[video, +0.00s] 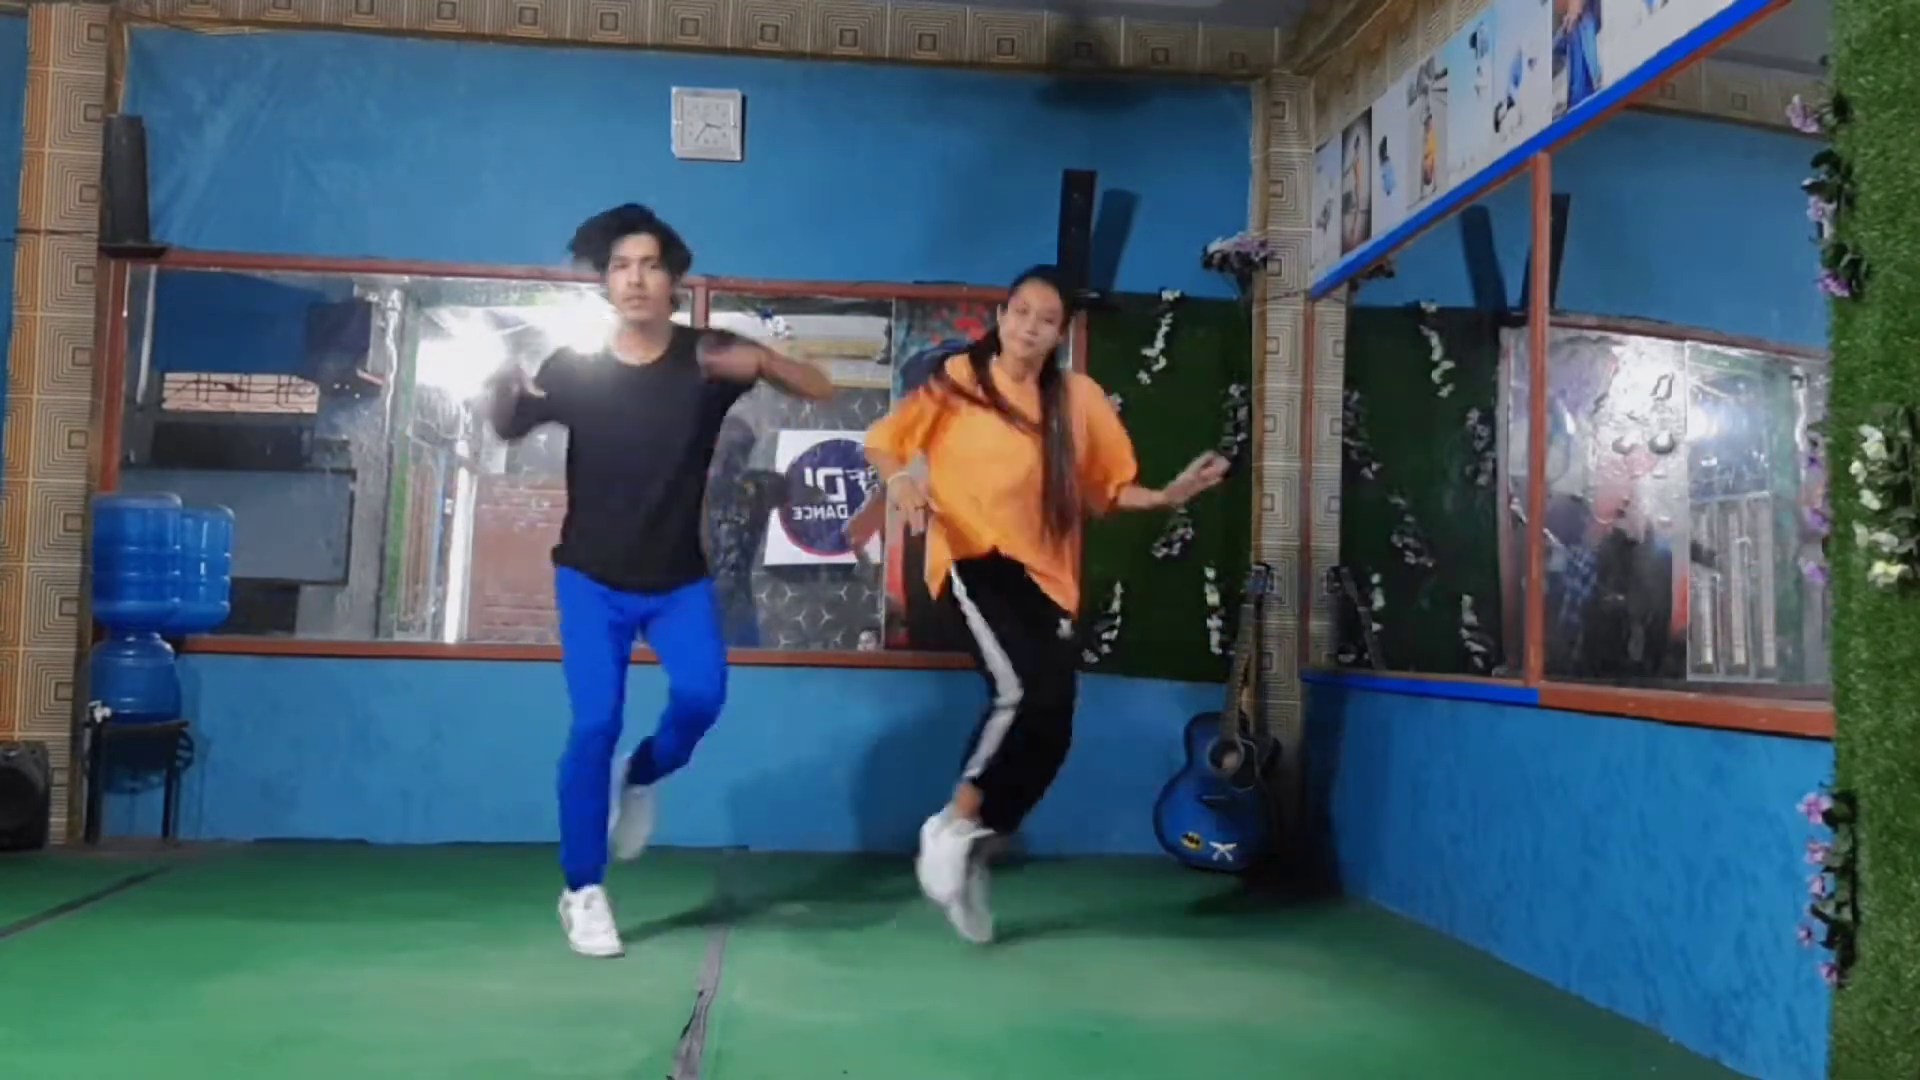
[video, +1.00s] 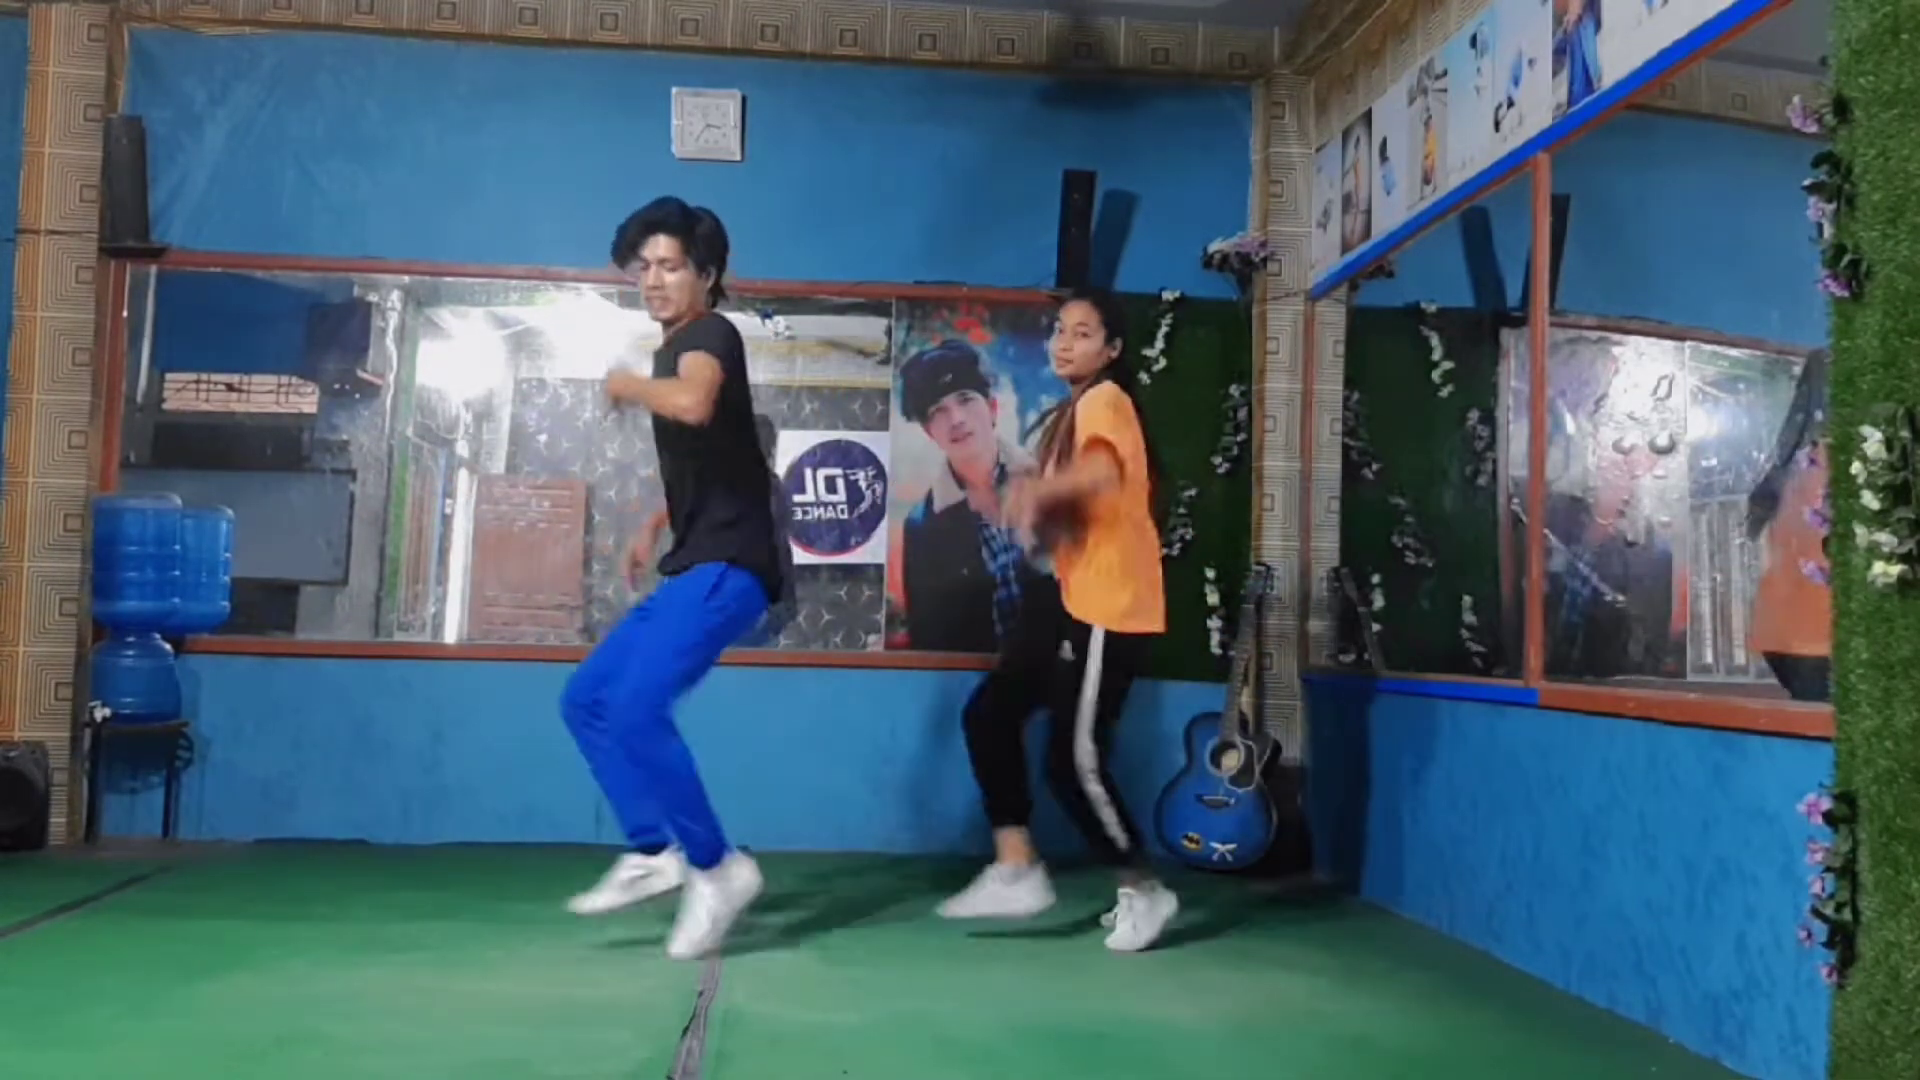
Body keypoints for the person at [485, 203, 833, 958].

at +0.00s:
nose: (636, 279)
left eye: (651, 266)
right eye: (622, 267)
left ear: (676, 282)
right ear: (603, 284)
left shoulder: (713, 360)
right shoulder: (571, 370)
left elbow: (819, 389)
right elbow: (509, 427)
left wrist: (763, 363)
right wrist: (503, 389)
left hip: (680, 582)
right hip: (591, 580)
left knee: (701, 699)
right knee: (595, 726)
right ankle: (584, 888)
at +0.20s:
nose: (663, 262)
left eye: (679, 249)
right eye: (649, 250)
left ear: (703, 268)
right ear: (629, 267)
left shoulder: (734, 358)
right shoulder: (610, 365)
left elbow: (782, 471)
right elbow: (612, 474)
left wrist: (792, 584)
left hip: (706, 582)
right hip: (631, 580)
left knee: (692, 738)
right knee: (577, 732)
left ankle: (741, 900)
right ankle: (546, 900)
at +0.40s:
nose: (664, 292)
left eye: (681, 278)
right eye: (655, 280)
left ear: (720, 290)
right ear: (646, 292)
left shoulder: (732, 370)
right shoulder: (657, 388)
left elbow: (718, 460)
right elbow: (606, 479)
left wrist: (650, 443)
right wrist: (520, 479)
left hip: (726, 598)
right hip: (667, 598)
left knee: (692, 753)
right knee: (572, 712)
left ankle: (745, 909)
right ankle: (574, 883)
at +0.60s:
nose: (659, 280)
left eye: (675, 266)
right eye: (650, 268)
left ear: (716, 275)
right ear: (642, 278)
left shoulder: (736, 345)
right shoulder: (662, 367)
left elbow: (804, 406)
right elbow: (632, 423)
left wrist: (711, 427)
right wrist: (615, 445)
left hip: (725, 570)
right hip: (683, 569)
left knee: (611, 710)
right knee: (641, 730)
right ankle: (719, 882)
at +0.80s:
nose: (665, 309)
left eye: (682, 295)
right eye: (656, 295)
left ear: (721, 303)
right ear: (649, 302)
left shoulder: (732, 377)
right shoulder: (696, 383)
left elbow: (766, 493)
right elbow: (702, 499)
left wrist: (692, 580)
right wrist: (662, 584)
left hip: (704, 596)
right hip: (689, 595)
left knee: (575, 709)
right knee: (660, 755)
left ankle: (567, 888)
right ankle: (736, 906)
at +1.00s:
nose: (653, 280)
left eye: (668, 266)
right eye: (643, 267)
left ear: (706, 273)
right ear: (636, 276)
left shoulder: (709, 334)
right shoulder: (676, 351)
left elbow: (696, 405)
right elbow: (698, 464)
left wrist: (630, 386)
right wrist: (653, 527)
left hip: (734, 563)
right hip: (698, 564)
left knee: (633, 706)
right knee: (586, 699)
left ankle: (719, 867)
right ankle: (653, 850)